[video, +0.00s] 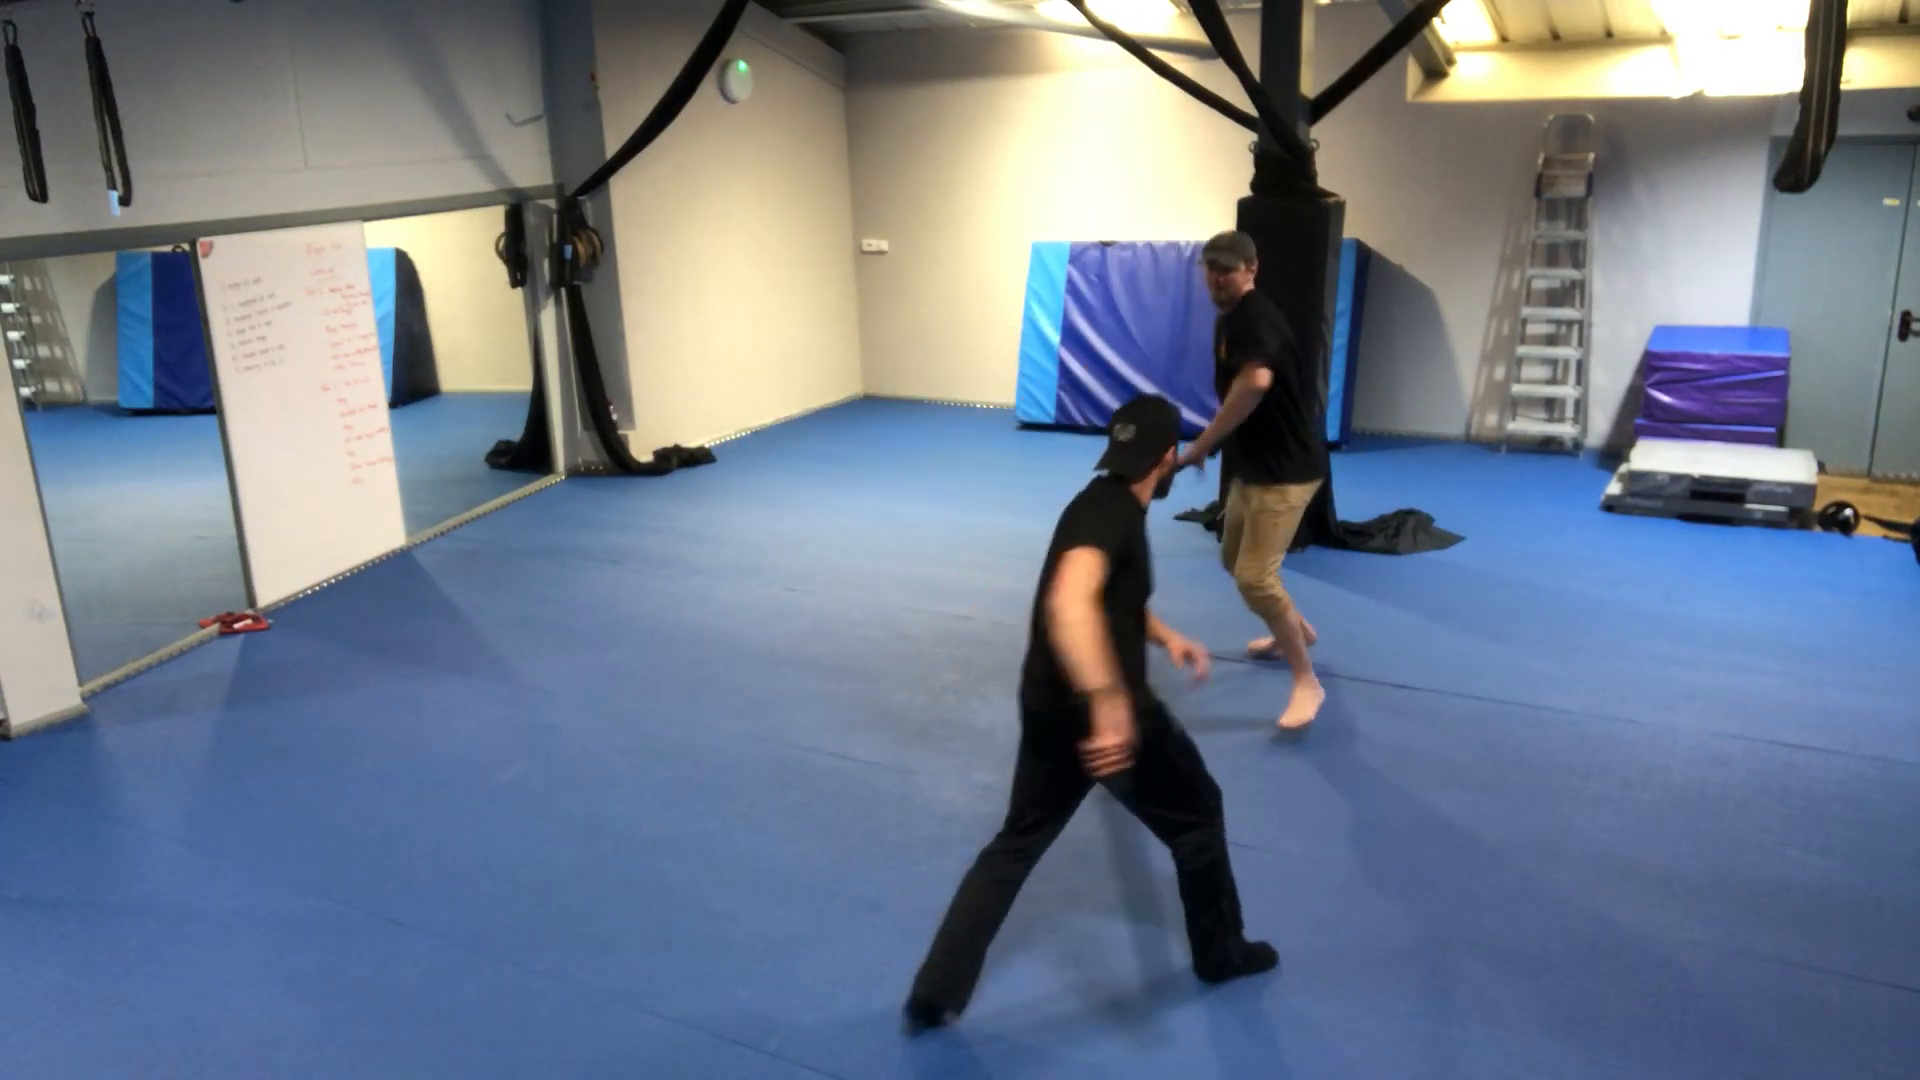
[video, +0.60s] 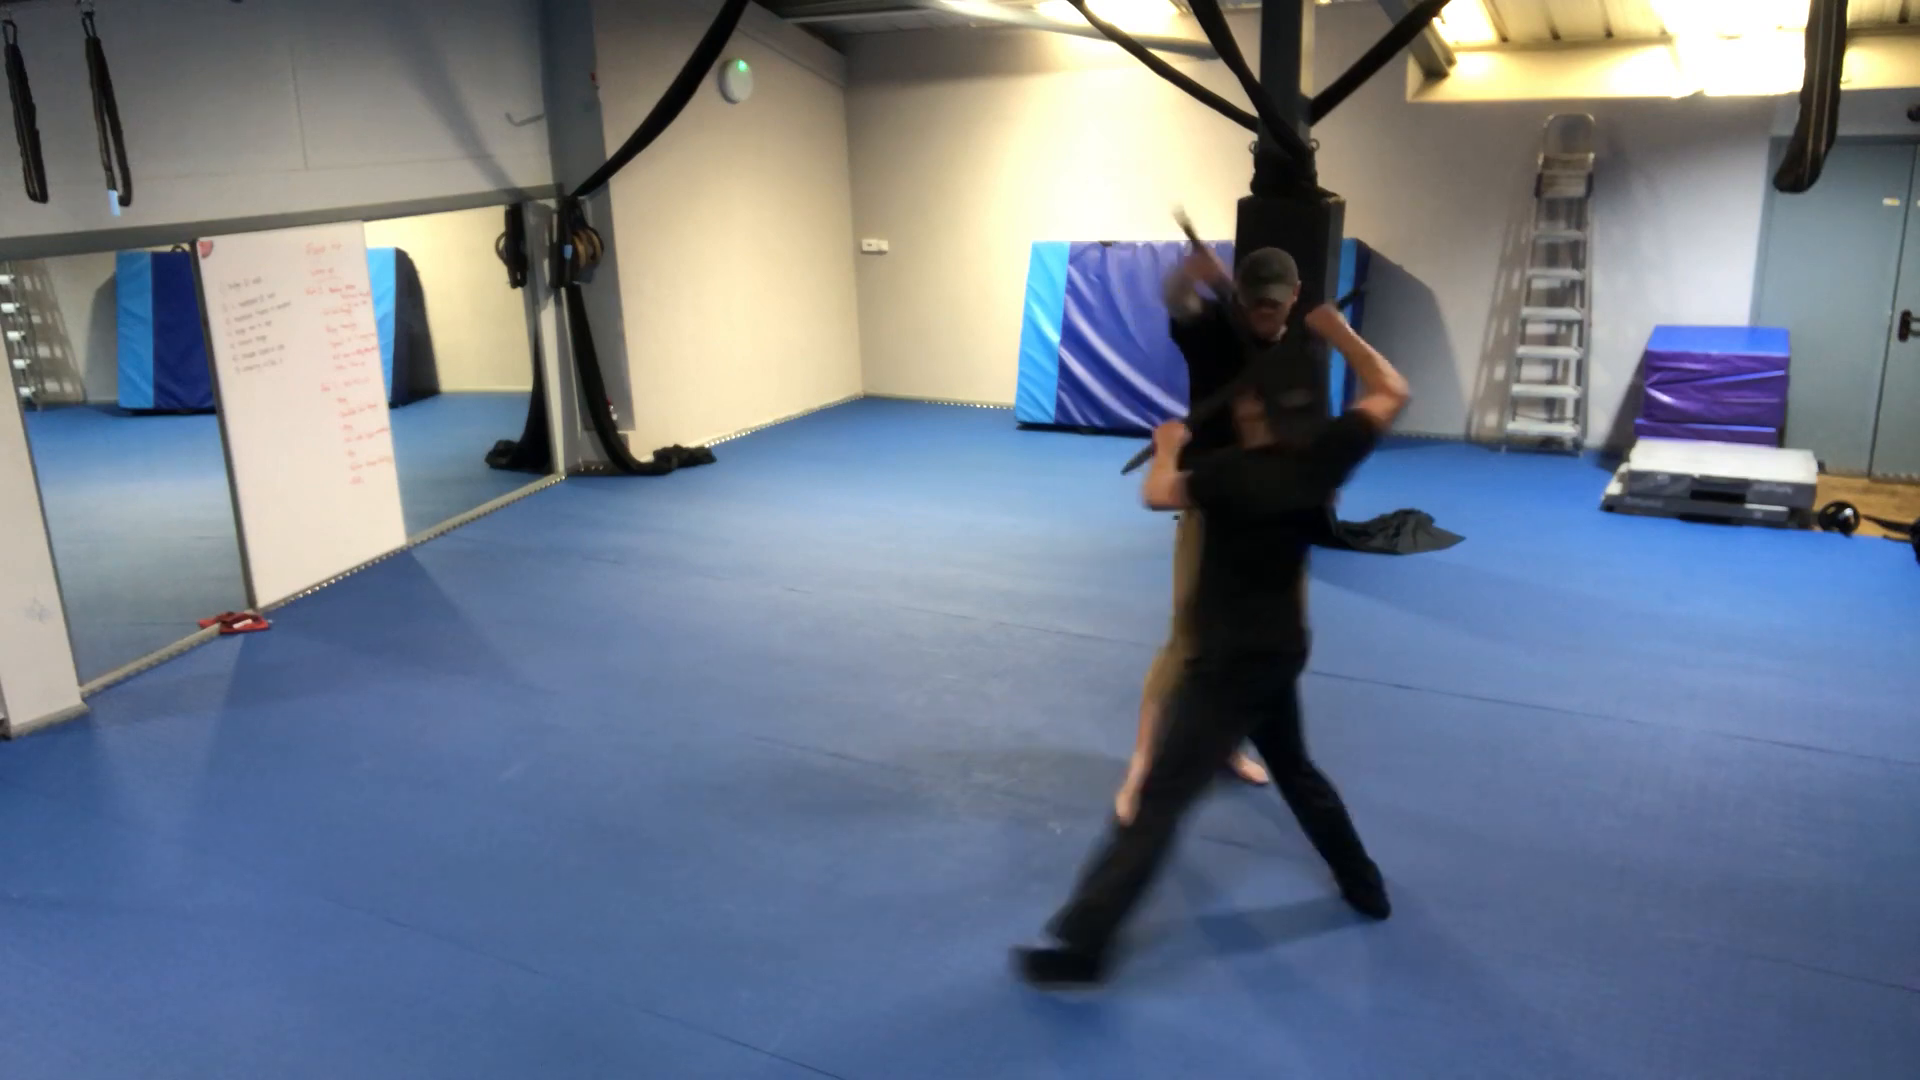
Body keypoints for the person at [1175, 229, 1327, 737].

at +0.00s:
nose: (1214, 280)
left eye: (1225, 271)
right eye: (1210, 270)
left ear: (1250, 271)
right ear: (1206, 271)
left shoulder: (1258, 317)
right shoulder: (1230, 318)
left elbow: (1256, 381)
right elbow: (1243, 392)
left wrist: (1204, 443)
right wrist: (1217, 450)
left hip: (1284, 471)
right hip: (1249, 466)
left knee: (1256, 578)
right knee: (1235, 560)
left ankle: (1306, 682)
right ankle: (1294, 630)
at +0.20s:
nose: (1235, 318)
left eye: (1246, 310)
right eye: (1229, 308)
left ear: (1266, 314)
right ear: (1221, 310)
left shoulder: (1273, 362)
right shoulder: (1240, 363)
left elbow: (1263, 429)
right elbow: (1238, 430)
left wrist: (1183, 452)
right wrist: (1189, 442)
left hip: (1288, 503)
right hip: (1258, 495)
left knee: (1240, 601)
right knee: (1255, 579)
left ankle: (1270, 721)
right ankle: (1302, 642)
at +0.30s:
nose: (1262, 316)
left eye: (1273, 306)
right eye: (1254, 305)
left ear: (1294, 306)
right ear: (1244, 304)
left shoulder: (1305, 361)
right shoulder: (1236, 349)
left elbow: (1292, 441)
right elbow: (1212, 382)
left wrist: (1210, 427)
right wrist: (1158, 372)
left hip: (1281, 498)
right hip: (1229, 492)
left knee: (1236, 614)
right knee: (1240, 575)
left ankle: (1237, 734)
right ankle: (1294, 632)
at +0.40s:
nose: (1283, 311)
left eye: (1293, 302)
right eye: (1274, 301)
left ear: (1312, 301)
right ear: (1260, 300)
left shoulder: (1322, 368)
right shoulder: (1237, 338)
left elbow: (1321, 446)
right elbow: (1160, 322)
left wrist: (1261, 430)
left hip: (1275, 516)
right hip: (1212, 502)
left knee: (1255, 636)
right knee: (1182, 613)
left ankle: (1238, 733)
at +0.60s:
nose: (1270, 321)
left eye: (1279, 310)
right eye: (1261, 310)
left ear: (1295, 301)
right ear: (1242, 299)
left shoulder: (1303, 346)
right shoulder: (1211, 336)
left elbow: (1316, 421)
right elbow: (1177, 301)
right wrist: (1191, 272)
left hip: (1275, 509)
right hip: (1208, 505)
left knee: (1263, 638)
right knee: (1189, 641)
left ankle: (1231, 741)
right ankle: (1142, 768)